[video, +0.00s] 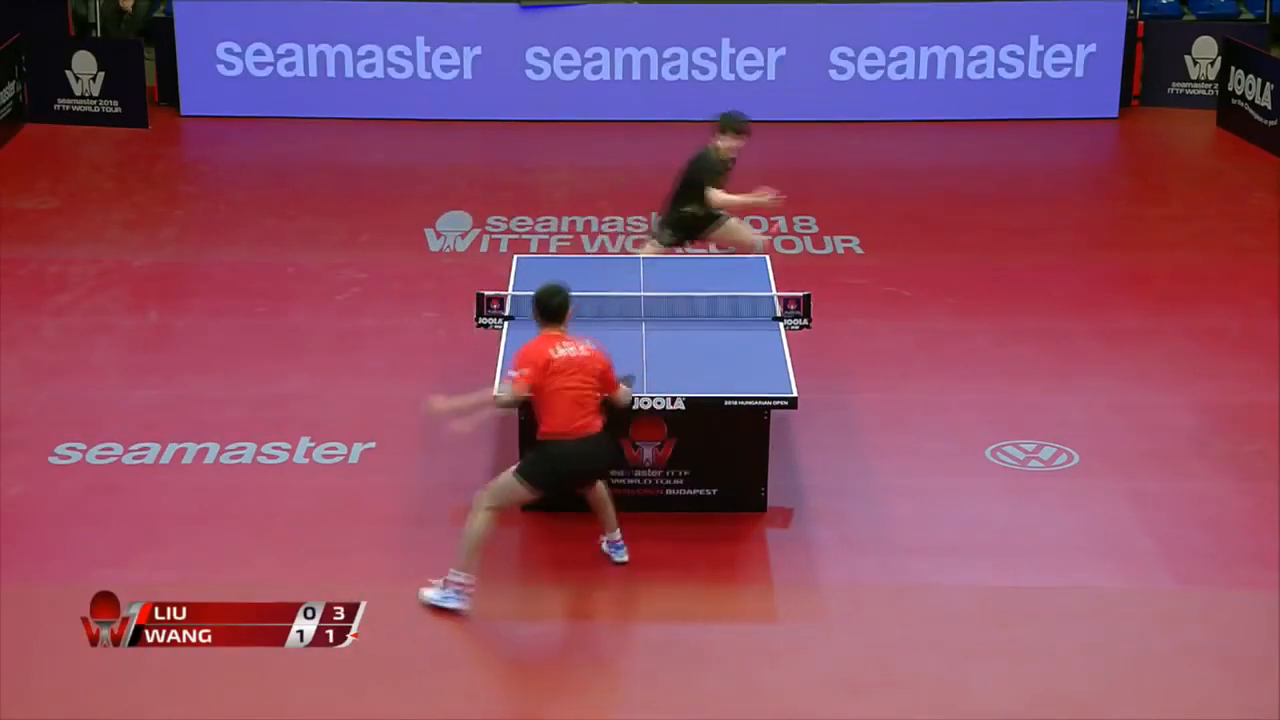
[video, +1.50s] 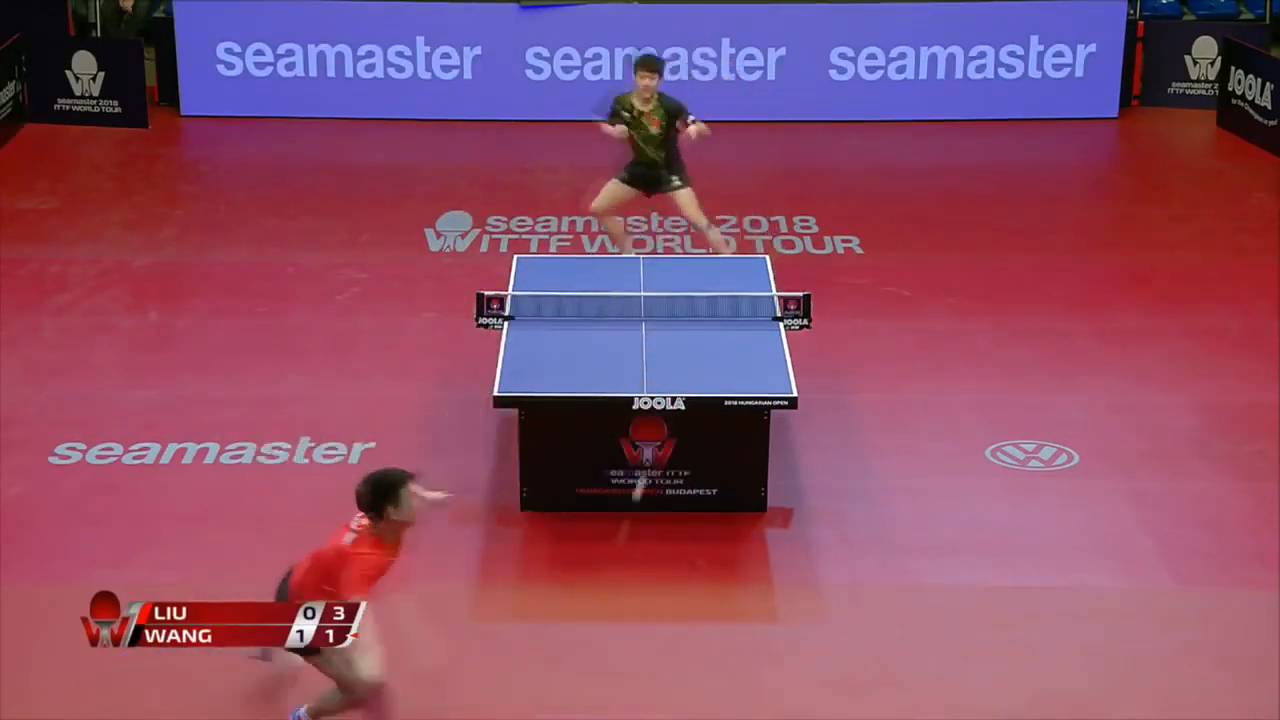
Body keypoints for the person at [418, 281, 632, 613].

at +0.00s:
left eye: (538, 311)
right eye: (564, 310)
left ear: (536, 314)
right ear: (568, 314)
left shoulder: (533, 351)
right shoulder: (591, 351)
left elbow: (517, 394)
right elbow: (620, 398)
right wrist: (623, 387)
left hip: (554, 455)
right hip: (595, 451)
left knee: (487, 500)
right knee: (590, 479)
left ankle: (458, 586)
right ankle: (616, 543)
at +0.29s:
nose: (541, 342)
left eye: (535, 336)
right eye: (541, 338)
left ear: (506, 337)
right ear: (537, 341)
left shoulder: (479, 368)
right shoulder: (550, 377)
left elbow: (447, 415)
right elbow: (585, 414)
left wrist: (470, 428)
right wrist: (583, 397)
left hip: (477, 474)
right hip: (525, 478)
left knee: (428, 504)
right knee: (585, 510)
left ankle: (384, 572)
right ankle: (619, 593)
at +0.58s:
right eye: (428, 327)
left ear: (397, 333)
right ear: (428, 330)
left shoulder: (384, 379)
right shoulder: (453, 362)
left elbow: (359, 438)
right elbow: (497, 374)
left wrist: (329, 478)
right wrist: (504, 369)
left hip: (406, 484)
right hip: (454, 481)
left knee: (358, 502)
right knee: (516, 530)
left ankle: (337, 578)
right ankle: (551, 607)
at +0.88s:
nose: (371, 371)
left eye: (369, 365)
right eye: (370, 366)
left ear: (332, 369)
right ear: (365, 372)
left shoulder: (301, 410)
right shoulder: (372, 419)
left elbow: (278, 447)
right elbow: (429, 451)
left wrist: (316, 439)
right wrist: (457, 427)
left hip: (315, 530)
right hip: (362, 529)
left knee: (295, 535)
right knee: (441, 561)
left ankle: (272, 618)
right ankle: (487, 638)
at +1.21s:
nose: (345, 447)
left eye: (344, 440)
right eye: (344, 442)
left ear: (307, 439)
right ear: (337, 449)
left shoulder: (295, 459)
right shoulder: (313, 499)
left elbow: (325, 488)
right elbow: (317, 570)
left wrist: (341, 519)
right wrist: (349, 601)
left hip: (213, 568)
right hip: (242, 586)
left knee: (211, 613)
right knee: (326, 611)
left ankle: (135, 656)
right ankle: (311, 706)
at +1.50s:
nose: (417, 500)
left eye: (413, 492)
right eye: (409, 497)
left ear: (391, 511)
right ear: (390, 512)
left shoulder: (381, 516)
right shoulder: (367, 557)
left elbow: (401, 486)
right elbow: (358, 611)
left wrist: (427, 496)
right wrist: (370, 654)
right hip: (299, 609)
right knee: (364, 685)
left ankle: (270, 642)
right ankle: (305, 714)